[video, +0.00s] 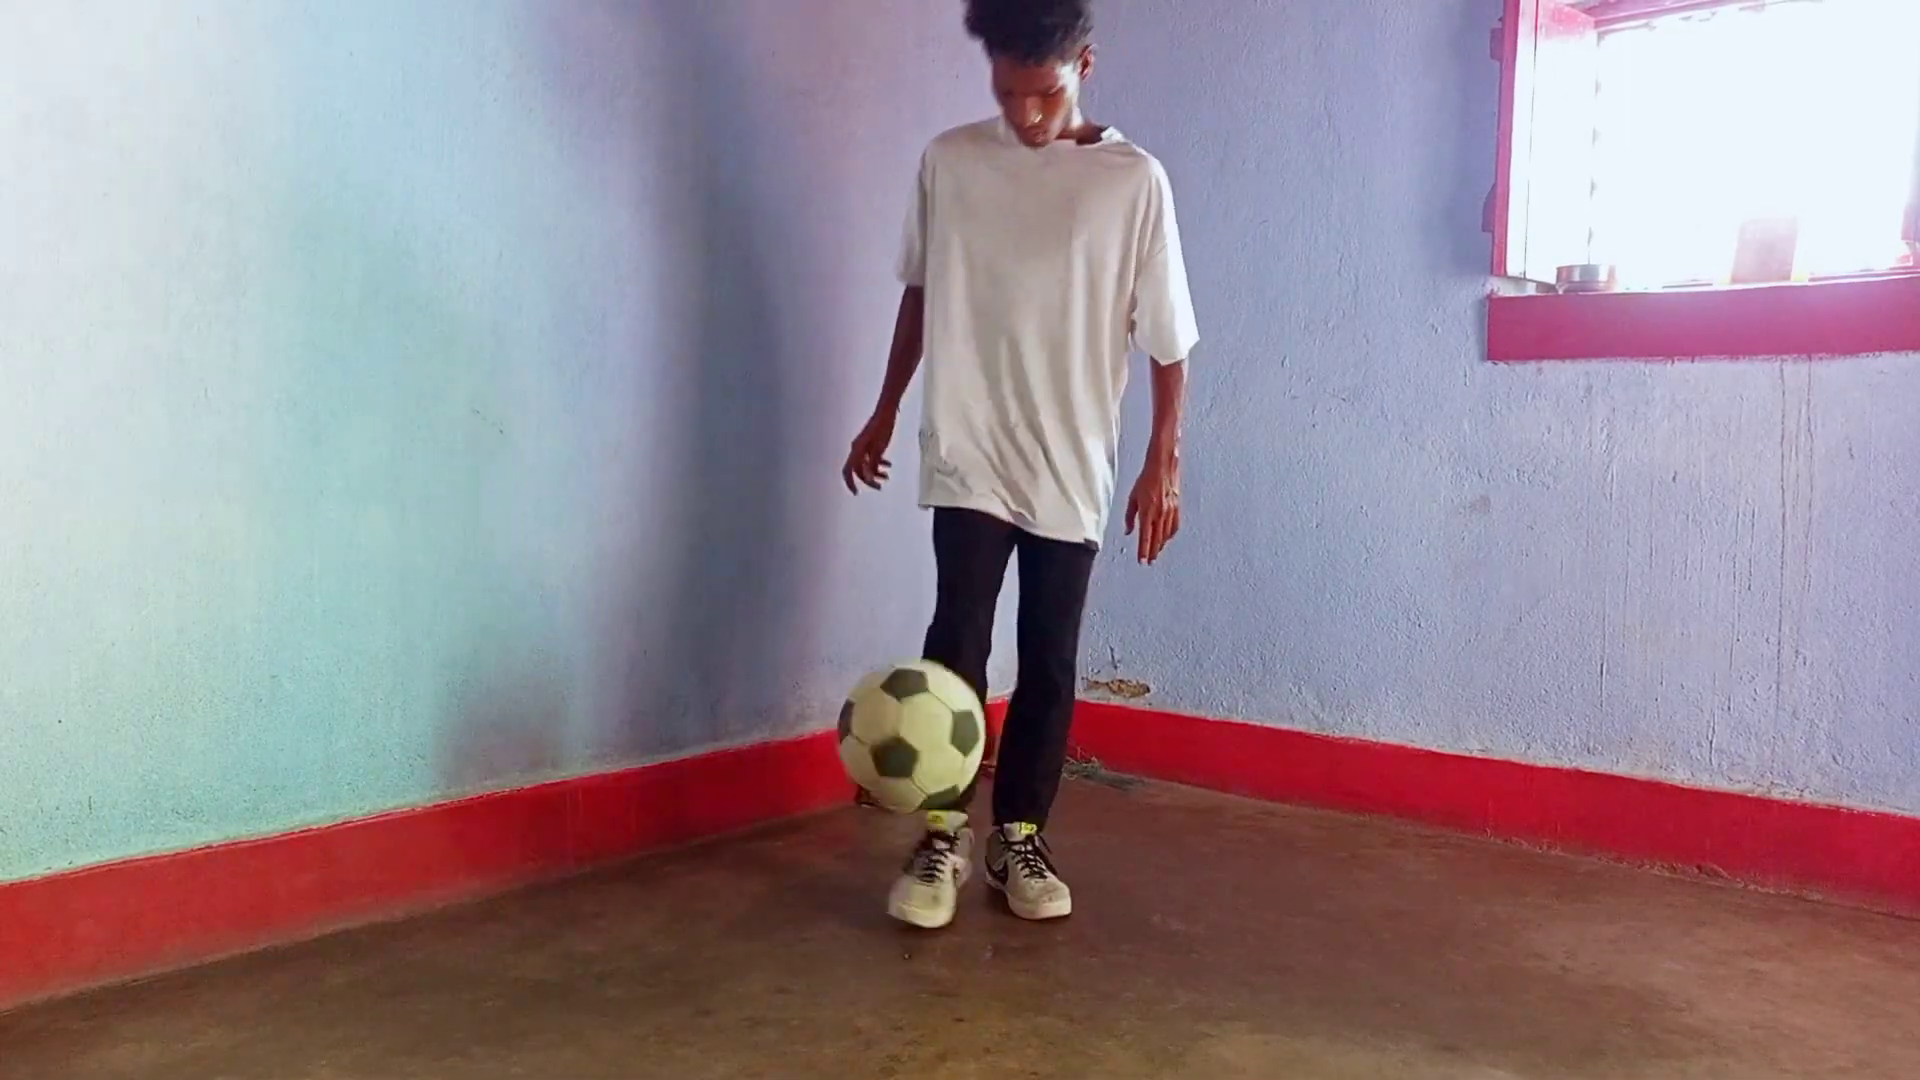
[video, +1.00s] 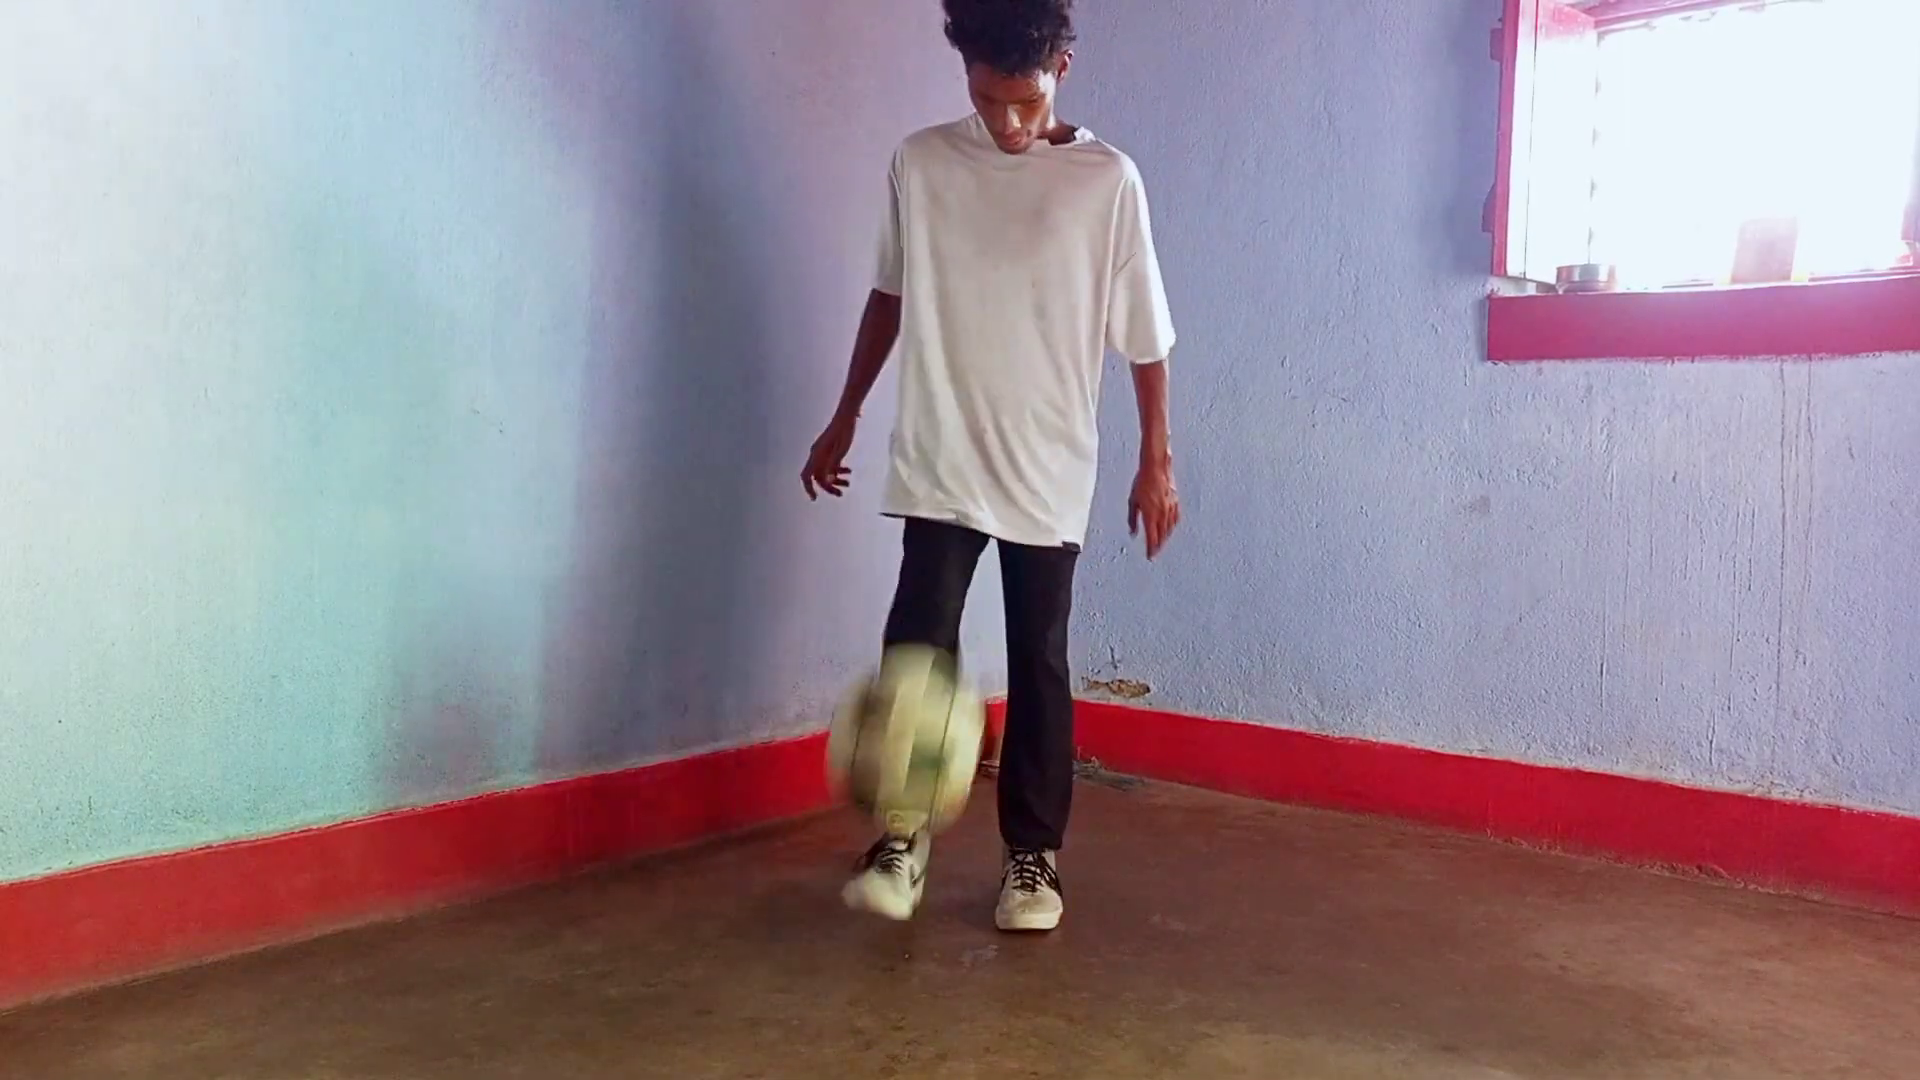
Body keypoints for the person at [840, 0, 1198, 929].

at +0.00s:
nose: (1027, 116)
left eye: (1045, 97)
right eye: (1010, 97)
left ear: (1085, 65)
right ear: (989, 69)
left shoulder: (1135, 179)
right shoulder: (950, 161)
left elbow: (1166, 335)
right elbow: (919, 298)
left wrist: (1164, 462)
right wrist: (883, 416)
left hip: (1072, 455)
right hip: (968, 443)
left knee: (1049, 658)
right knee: (956, 640)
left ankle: (1022, 841)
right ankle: (942, 839)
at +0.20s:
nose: (996, 115)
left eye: (1012, 95)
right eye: (977, 96)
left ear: (1050, 57)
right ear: (953, 76)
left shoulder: (1111, 167)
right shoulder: (931, 155)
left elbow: (1154, 321)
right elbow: (913, 292)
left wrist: (1148, 447)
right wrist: (883, 408)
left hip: (1057, 455)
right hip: (950, 446)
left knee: (1044, 656)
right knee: (931, 631)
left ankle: (1020, 839)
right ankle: (919, 827)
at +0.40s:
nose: (967, 122)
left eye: (983, 101)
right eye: (947, 102)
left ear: (1018, 64)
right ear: (919, 77)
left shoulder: (1075, 165)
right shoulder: (891, 166)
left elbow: (1121, 312)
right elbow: (880, 306)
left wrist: (1120, 432)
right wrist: (857, 421)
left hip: (1043, 450)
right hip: (931, 449)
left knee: (1038, 652)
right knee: (926, 647)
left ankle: (1025, 836)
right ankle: (923, 838)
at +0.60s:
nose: (968, 128)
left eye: (984, 105)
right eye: (945, 108)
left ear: (1008, 77)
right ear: (914, 84)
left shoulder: (1063, 168)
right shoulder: (876, 173)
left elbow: (1104, 310)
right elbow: (847, 313)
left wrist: (1117, 430)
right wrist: (822, 436)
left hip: (1033, 458)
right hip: (925, 459)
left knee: (1036, 656)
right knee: (919, 661)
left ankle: (1037, 838)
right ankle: (920, 837)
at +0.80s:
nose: (994, 109)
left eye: (1012, 88)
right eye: (976, 87)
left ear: (1040, 62)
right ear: (945, 61)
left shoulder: (1088, 162)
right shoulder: (897, 156)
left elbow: (1117, 310)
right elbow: (861, 291)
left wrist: (1133, 435)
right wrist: (820, 410)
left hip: (1043, 454)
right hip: (929, 448)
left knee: (1043, 659)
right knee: (922, 650)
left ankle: (1034, 852)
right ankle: (917, 842)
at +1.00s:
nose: (1008, 123)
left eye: (1027, 102)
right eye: (990, 101)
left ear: (1062, 69)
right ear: (964, 68)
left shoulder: (1108, 180)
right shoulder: (922, 162)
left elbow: (1144, 332)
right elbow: (889, 299)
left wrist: (1157, 460)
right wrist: (843, 418)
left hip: (1048, 459)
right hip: (941, 450)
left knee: (1039, 661)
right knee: (915, 639)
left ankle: (1032, 857)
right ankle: (901, 835)